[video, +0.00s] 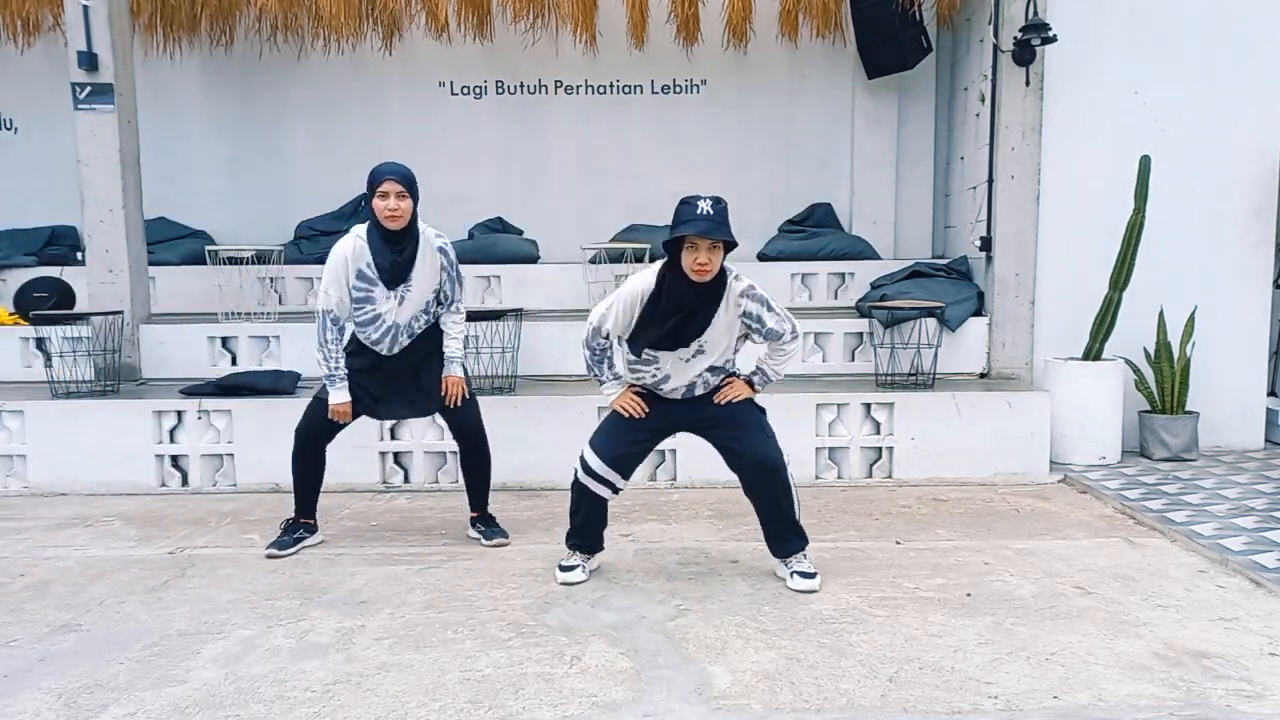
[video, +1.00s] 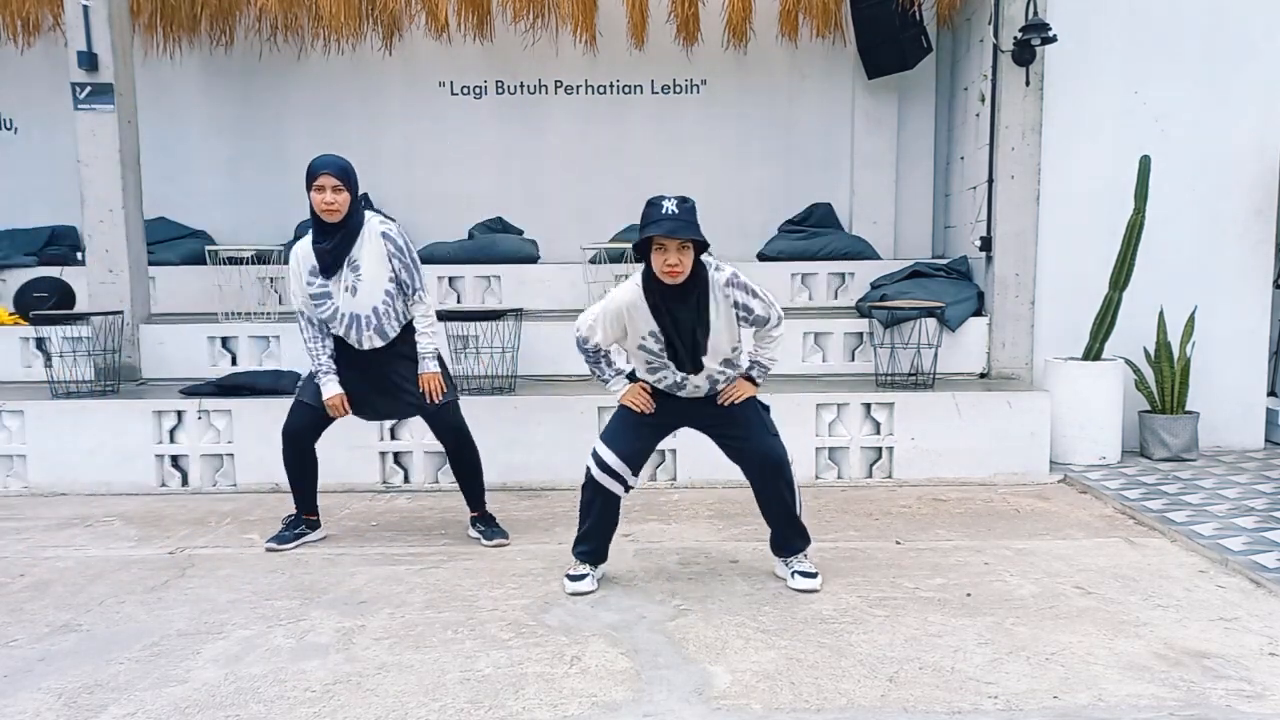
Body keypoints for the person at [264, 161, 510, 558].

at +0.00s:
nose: (393, 205)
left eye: (402, 196)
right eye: (383, 196)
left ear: (415, 201)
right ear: (370, 203)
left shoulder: (437, 247)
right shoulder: (347, 251)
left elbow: (453, 310)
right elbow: (329, 322)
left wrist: (454, 366)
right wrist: (337, 386)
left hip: (424, 364)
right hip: (365, 364)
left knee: (470, 424)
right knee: (309, 431)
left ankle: (481, 516)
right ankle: (303, 521)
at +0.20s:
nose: (433, 170)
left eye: (440, 160)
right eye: (422, 162)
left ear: (454, 161)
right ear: (411, 167)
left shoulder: (478, 217)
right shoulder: (390, 209)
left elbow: (484, 284)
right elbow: (363, 279)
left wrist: (473, 341)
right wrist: (360, 346)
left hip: (450, 339)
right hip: (391, 335)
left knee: (471, 428)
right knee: (337, 422)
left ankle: (480, 515)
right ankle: (291, 510)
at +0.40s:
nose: (445, 175)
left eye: (452, 164)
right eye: (435, 168)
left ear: (467, 165)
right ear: (424, 172)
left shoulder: (485, 221)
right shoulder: (403, 208)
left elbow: (492, 287)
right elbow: (375, 275)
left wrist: (484, 339)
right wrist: (372, 342)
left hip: (460, 336)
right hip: (405, 332)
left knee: (473, 430)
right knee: (358, 427)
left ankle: (480, 515)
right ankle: (304, 511)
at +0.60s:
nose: (434, 173)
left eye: (440, 162)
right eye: (423, 167)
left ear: (456, 161)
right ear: (414, 172)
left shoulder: (482, 217)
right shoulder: (399, 211)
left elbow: (489, 283)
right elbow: (373, 278)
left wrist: (481, 338)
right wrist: (369, 344)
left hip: (454, 332)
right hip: (396, 327)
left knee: (470, 426)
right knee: (344, 419)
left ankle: (480, 515)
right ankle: (298, 509)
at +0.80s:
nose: (386, 208)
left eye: (394, 199)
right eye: (376, 201)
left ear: (411, 200)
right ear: (369, 208)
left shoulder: (448, 244)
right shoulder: (361, 256)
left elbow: (468, 307)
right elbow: (353, 328)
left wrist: (461, 363)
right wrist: (359, 386)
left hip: (437, 349)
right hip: (378, 346)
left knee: (473, 418)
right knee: (325, 421)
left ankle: (481, 515)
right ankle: (306, 515)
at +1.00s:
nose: (329, 198)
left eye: (338, 189)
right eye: (320, 189)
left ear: (353, 193)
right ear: (309, 196)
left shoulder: (384, 233)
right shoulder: (301, 252)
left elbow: (419, 298)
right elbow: (309, 323)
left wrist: (428, 360)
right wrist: (327, 379)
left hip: (401, 351)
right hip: (343, 357)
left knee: (453, 427)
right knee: (295, 433)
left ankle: (480, 516)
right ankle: (307, 520)